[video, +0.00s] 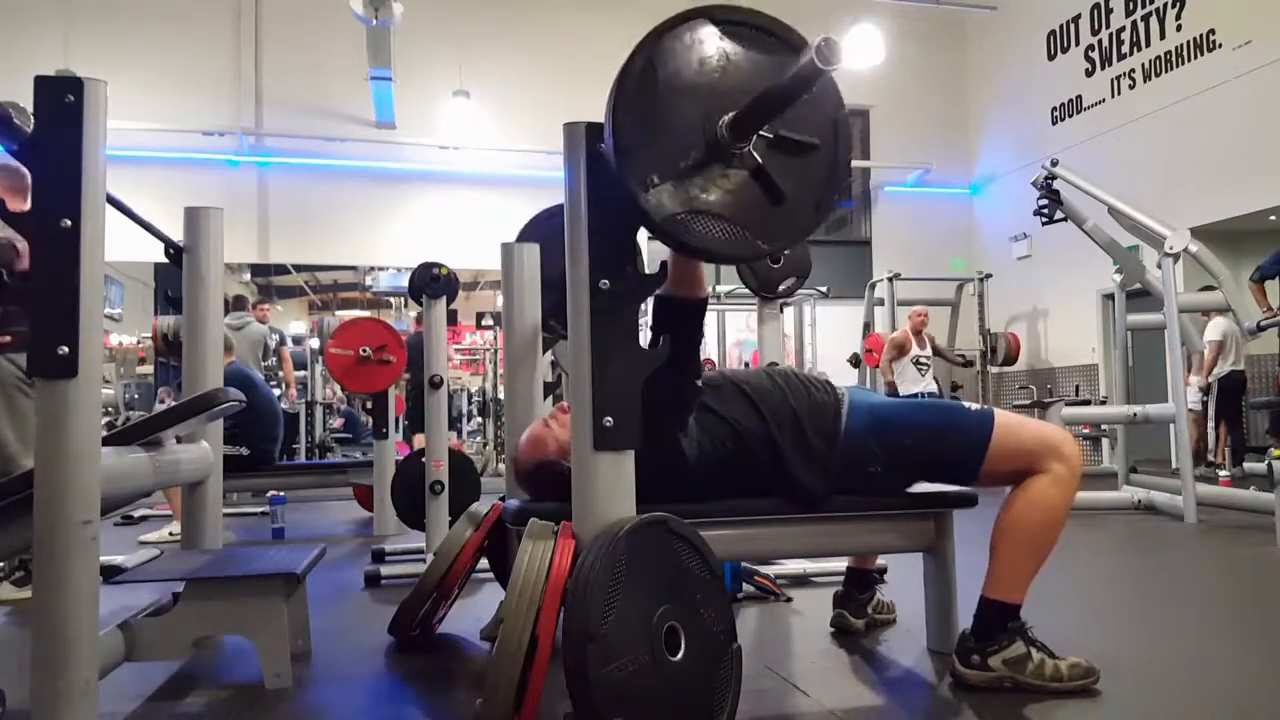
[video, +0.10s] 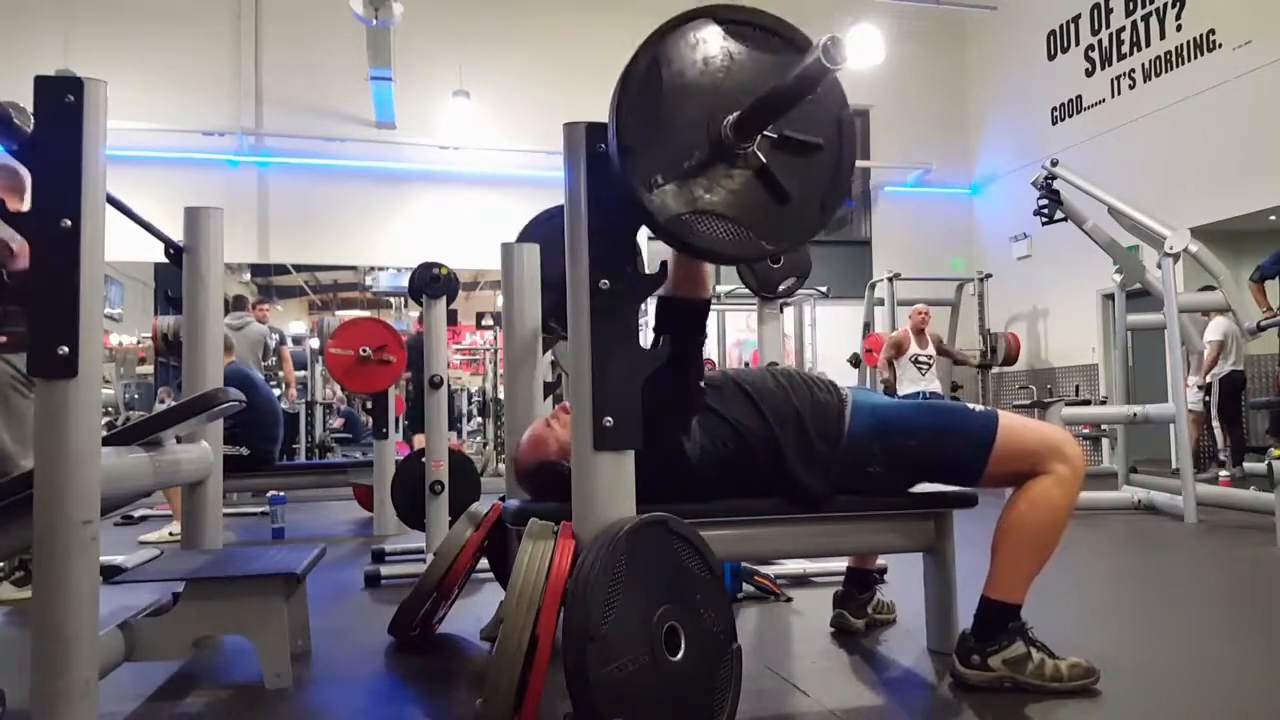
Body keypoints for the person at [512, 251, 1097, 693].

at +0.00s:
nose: (555, 412)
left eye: (545, 416)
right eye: (548, 427)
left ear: (565, 425)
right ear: (569, 460)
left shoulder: (619, 445)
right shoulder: (640, 456)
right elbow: (677, 334)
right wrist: (689, 215)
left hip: (818, 433)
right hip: (847, 433)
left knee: (911, 448)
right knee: (1057, 453)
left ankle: (857, 594)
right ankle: (992, 640)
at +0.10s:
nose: (557, 411)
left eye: (547, 415)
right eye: (550, 426)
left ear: (568, 426)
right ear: (570, 460)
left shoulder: (622, 447)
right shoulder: (640, 453)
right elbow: (681, 320)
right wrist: (694, 204)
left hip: (824, 433)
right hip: (851, 433)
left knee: (911, 450)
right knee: (1060, 455)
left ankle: (857, 595)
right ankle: (992, 640)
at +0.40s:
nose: (553, 411)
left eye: (543, 415)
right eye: (548, 420)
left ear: (557, 463)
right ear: (565, 451)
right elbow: (708, 373)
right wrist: (725, 255)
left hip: (808, 438)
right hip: (844, 430)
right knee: (1060, 454)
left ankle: (859, 594)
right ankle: (991, 643)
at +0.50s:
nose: (552, 410)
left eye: (545, 415)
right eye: (546, 423)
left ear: (560, 451)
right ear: (560, 452)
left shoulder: (606, 438)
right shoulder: (615, 435)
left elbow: (722, 390)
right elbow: (729, 391)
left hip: (812, 435)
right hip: (838, 433)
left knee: (913, 441)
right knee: (1059, 455)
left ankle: (857, 599)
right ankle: (992, 642)